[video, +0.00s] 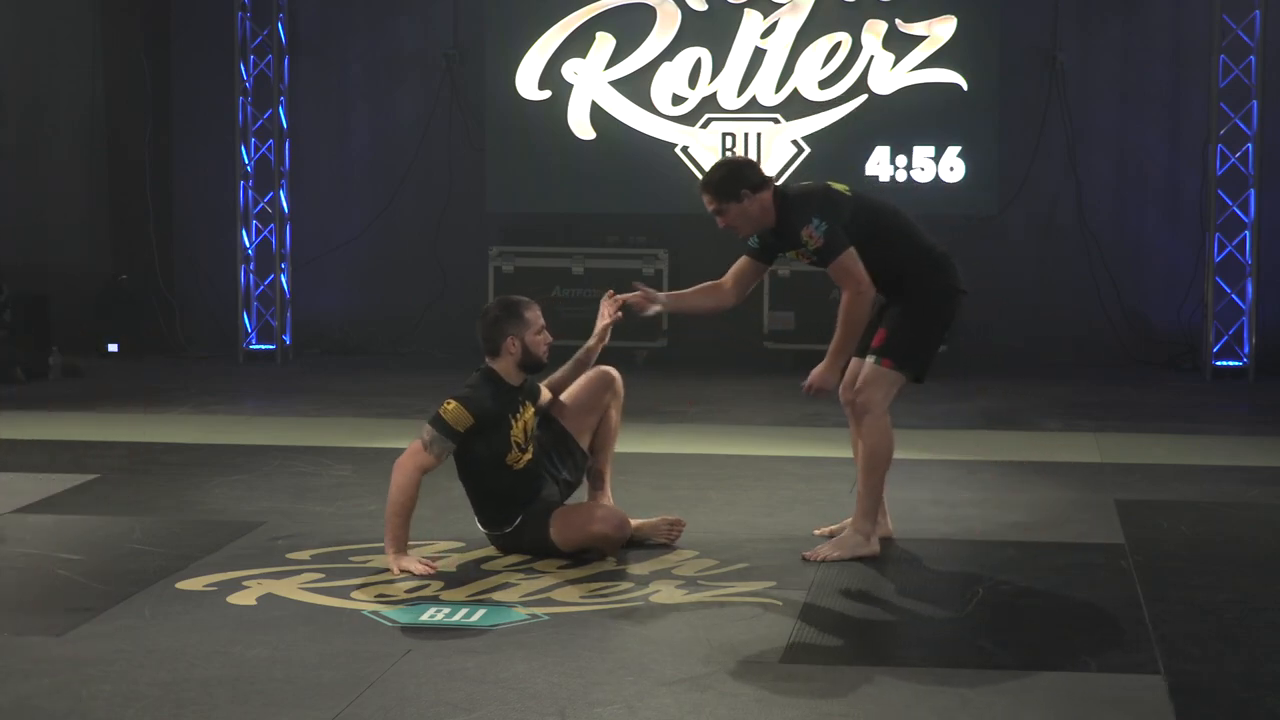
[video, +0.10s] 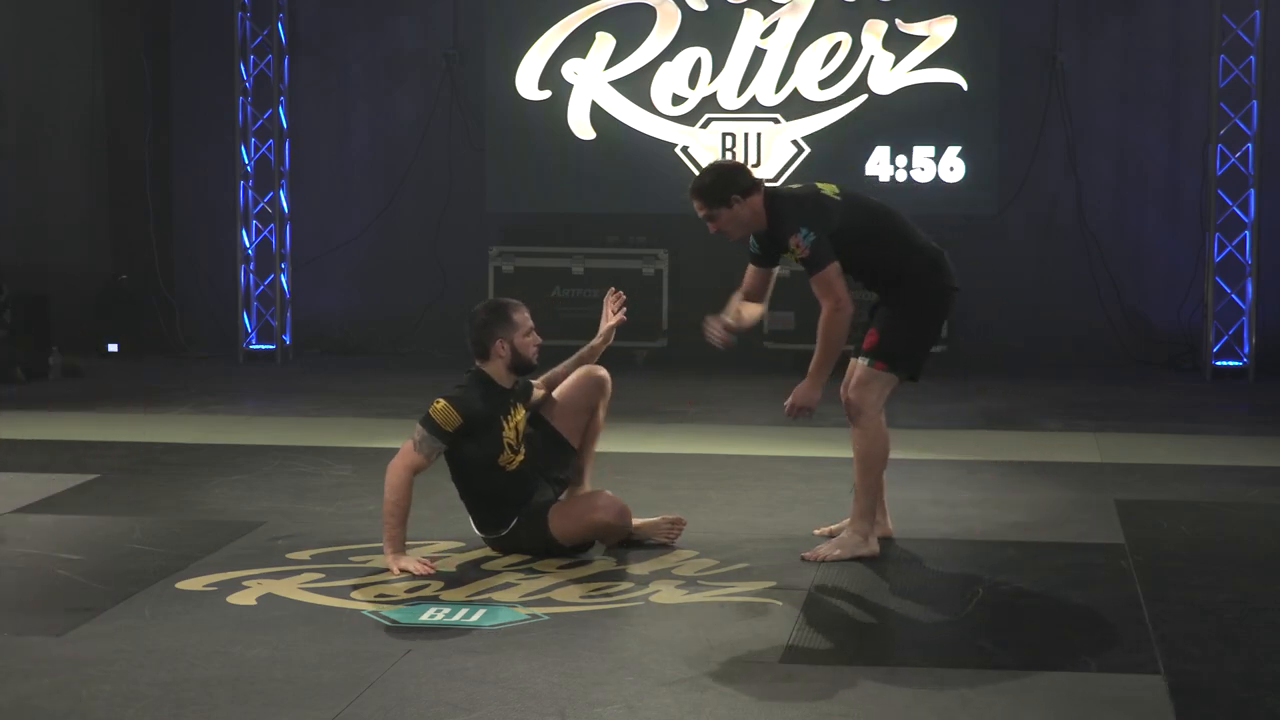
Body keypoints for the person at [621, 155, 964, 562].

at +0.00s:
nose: (721, 225)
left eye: (721, 214)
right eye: (715, 216)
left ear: (751, 196)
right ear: (745, 201)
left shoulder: (808, 212)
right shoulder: (774, 228)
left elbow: (860, 289)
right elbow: (728, 290)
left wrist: (832, 364)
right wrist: (660, 300)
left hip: (927, 288)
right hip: (896, 290)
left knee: (868, 397)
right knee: (851, 393)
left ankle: (864, 531)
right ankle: (871, 516)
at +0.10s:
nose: (710, 229)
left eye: (713, 218)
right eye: (705, 221)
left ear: (742, 201)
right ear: (741, 201)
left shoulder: (798, 218)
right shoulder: (766, 228)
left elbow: (837, 304)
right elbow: (750, 297)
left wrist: (813, 383)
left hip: (921, 284)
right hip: (896, 286)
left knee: (864, 397)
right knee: (853, 394)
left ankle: (862, 532)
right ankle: (873, 516)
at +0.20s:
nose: (702, 237)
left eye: (703, 226)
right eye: (696, 229)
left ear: (730, 209)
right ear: (731, 208)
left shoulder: (790, 220)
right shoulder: (766, 229)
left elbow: (828, 312)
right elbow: (784, 306)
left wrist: (810, 392)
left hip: (915, 281)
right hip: (893, 282)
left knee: (863, 400)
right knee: (860, 396)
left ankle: (863, 533)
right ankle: (875, 518)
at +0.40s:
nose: (694, 278)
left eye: (693, 267)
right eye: (688, 271)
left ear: (718, 250)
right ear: (719, 247)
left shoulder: (780, 250)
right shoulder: (756, 256)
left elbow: (828, 338)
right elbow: (782, 335)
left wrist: (819, 412)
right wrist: (779, 411)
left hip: (907, 288)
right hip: (875, 289)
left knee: (847, 408)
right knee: (809, 374)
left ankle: (866, 534)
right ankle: (833, 501)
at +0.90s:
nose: (710, 336)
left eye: (711, 325)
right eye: (704, 328)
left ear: (734, 310)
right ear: (736, 304)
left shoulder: (780, 324)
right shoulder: (760, 296)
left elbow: (779, 403)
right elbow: (721, 362)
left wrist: (744, 422)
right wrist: (677, 410)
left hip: (916, 338)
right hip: (879, 329)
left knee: (820, 418)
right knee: (802, 404)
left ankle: (857, 533)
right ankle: (781, 520)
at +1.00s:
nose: (709, 283)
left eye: (708, 272)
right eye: (704, 274)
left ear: (732, 259)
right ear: (735, 250)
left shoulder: (780, 279)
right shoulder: (770, 241)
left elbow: (791, 361)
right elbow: (726, 312)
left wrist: (743, 366)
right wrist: (670, 369)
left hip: (916, 317)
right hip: (916, 308)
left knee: (822, 409)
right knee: (834, 418)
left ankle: (859, 526)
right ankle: (785, 519)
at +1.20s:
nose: (717, 211)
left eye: (716, 201)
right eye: (710, 203)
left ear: (740, 186)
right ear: (751, 172)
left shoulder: (770, 221)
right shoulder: (799, 174)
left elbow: (748, 297)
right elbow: (749, 185)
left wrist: (696, 283)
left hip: (891, 308)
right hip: (915, 301)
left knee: (812, 418)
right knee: (841, 423)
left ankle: (873, 537)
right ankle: (787, 520)